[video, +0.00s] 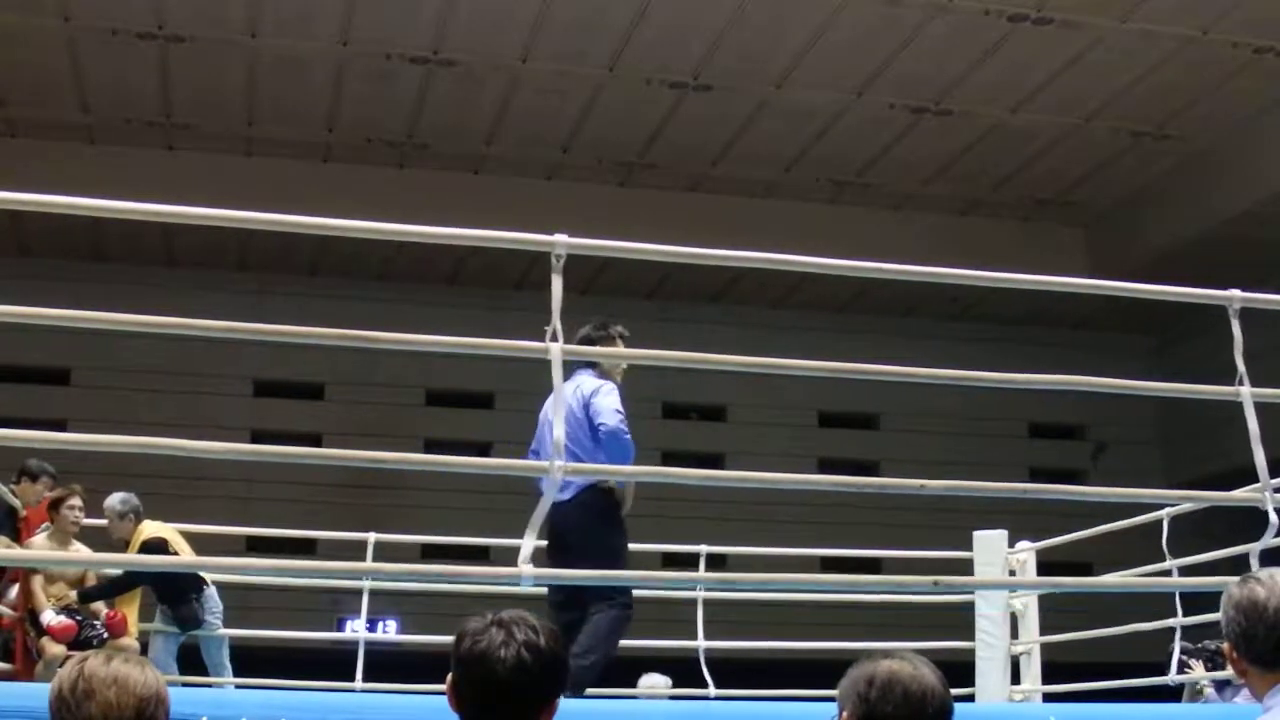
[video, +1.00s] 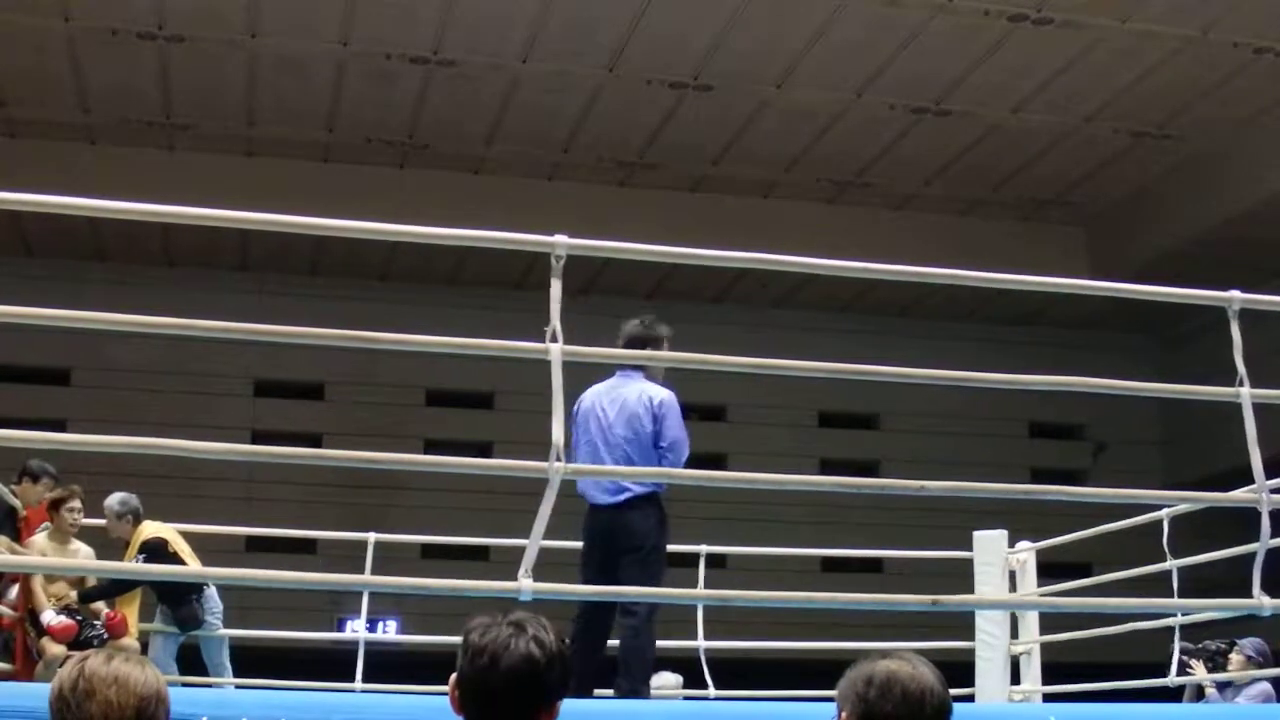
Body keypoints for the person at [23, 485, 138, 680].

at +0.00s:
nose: (77, 515)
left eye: (81, 510)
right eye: (70, 509)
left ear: (84, 514)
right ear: (54, 513)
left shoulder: (85, 552)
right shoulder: (35, 545)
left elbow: (91, 593)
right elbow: (36, 587)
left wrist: (106, 615)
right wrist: (50, 618)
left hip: (78, 614)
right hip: (43, 612)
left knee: (129, 647)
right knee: (55, 652)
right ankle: (37, 706)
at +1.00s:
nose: (77, 517)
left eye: (80, 512)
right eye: (70, 511)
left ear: (83, 515)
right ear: (53, 514)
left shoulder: (86, 551)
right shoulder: (36, 544)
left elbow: (91, 593)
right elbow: (36, 586)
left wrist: (105, 614)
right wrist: (49, 617)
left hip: (77, 614)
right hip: (42, 613)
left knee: (130, 647)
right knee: (56, 652)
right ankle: (36, 704)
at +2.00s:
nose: (86, 522)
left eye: (89, 517)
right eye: (80, 516)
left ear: (93, 519)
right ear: (63, 516)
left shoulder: (92, 552)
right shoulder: (41, 545)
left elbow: (94, 594)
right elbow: (33, 588)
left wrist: (106, 614)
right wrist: (51, 620)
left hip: (81, 614)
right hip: (46, 612)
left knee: (128, 646)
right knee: (56, 652)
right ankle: (33, 700)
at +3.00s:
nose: (106, 451)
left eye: (109, 445)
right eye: (100, 445)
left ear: (110, 447)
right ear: (83, 446)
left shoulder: (110, 484)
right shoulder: (55, 481)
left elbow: (111, 530)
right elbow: (38, 529)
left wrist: (120, 566)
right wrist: (44, 569)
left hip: (96, 561)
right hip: (60, 559)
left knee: (112, 639)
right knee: (45, 640)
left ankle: (110, 709)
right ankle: (25, 702)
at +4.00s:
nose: (140, 439)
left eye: (144, 434)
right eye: (134, 433)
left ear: (148, 439)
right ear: (119, 434)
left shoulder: (145, 478)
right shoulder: (92, 464)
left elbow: (134, 523)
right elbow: (66, 504)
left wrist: (127, 553)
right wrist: (63, 541)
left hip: (120, 553)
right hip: (86, 548)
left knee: (115, 636)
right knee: (66, 632)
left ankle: (115, 704)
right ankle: (48, 697)